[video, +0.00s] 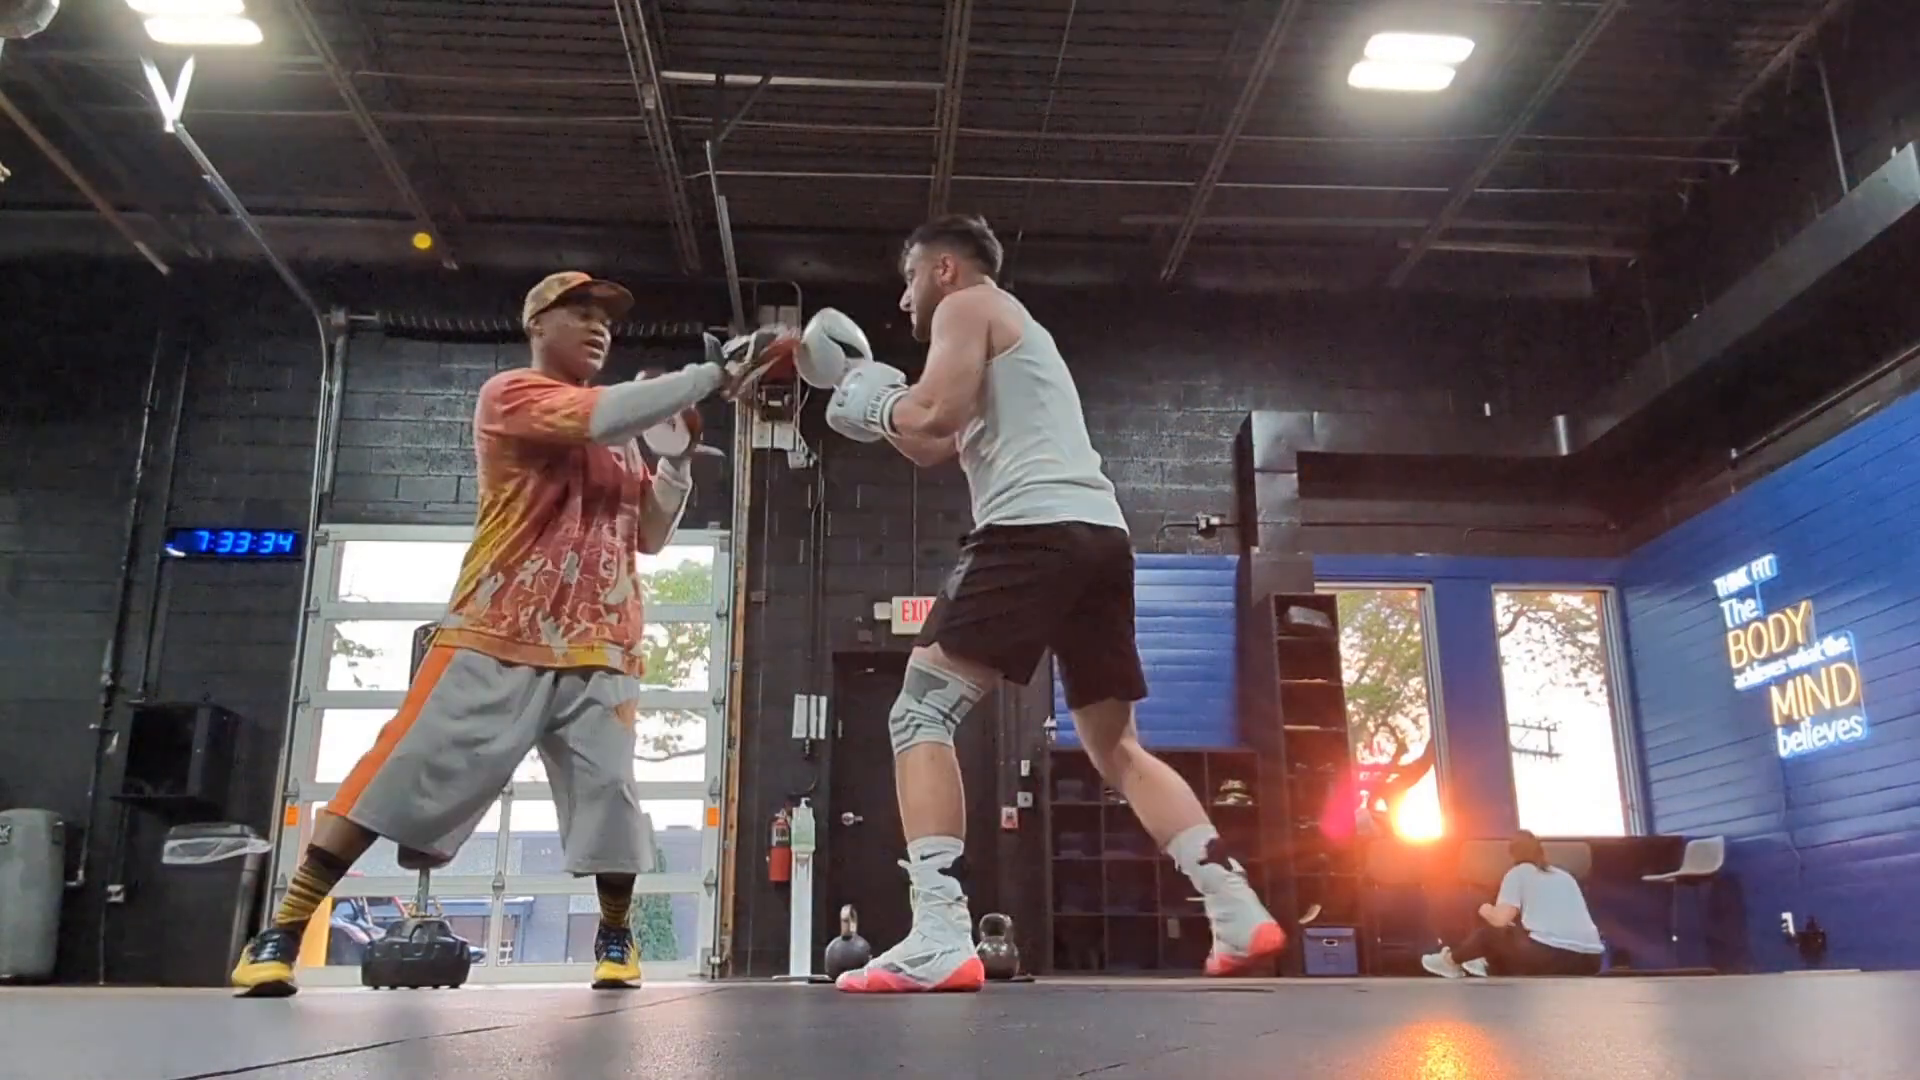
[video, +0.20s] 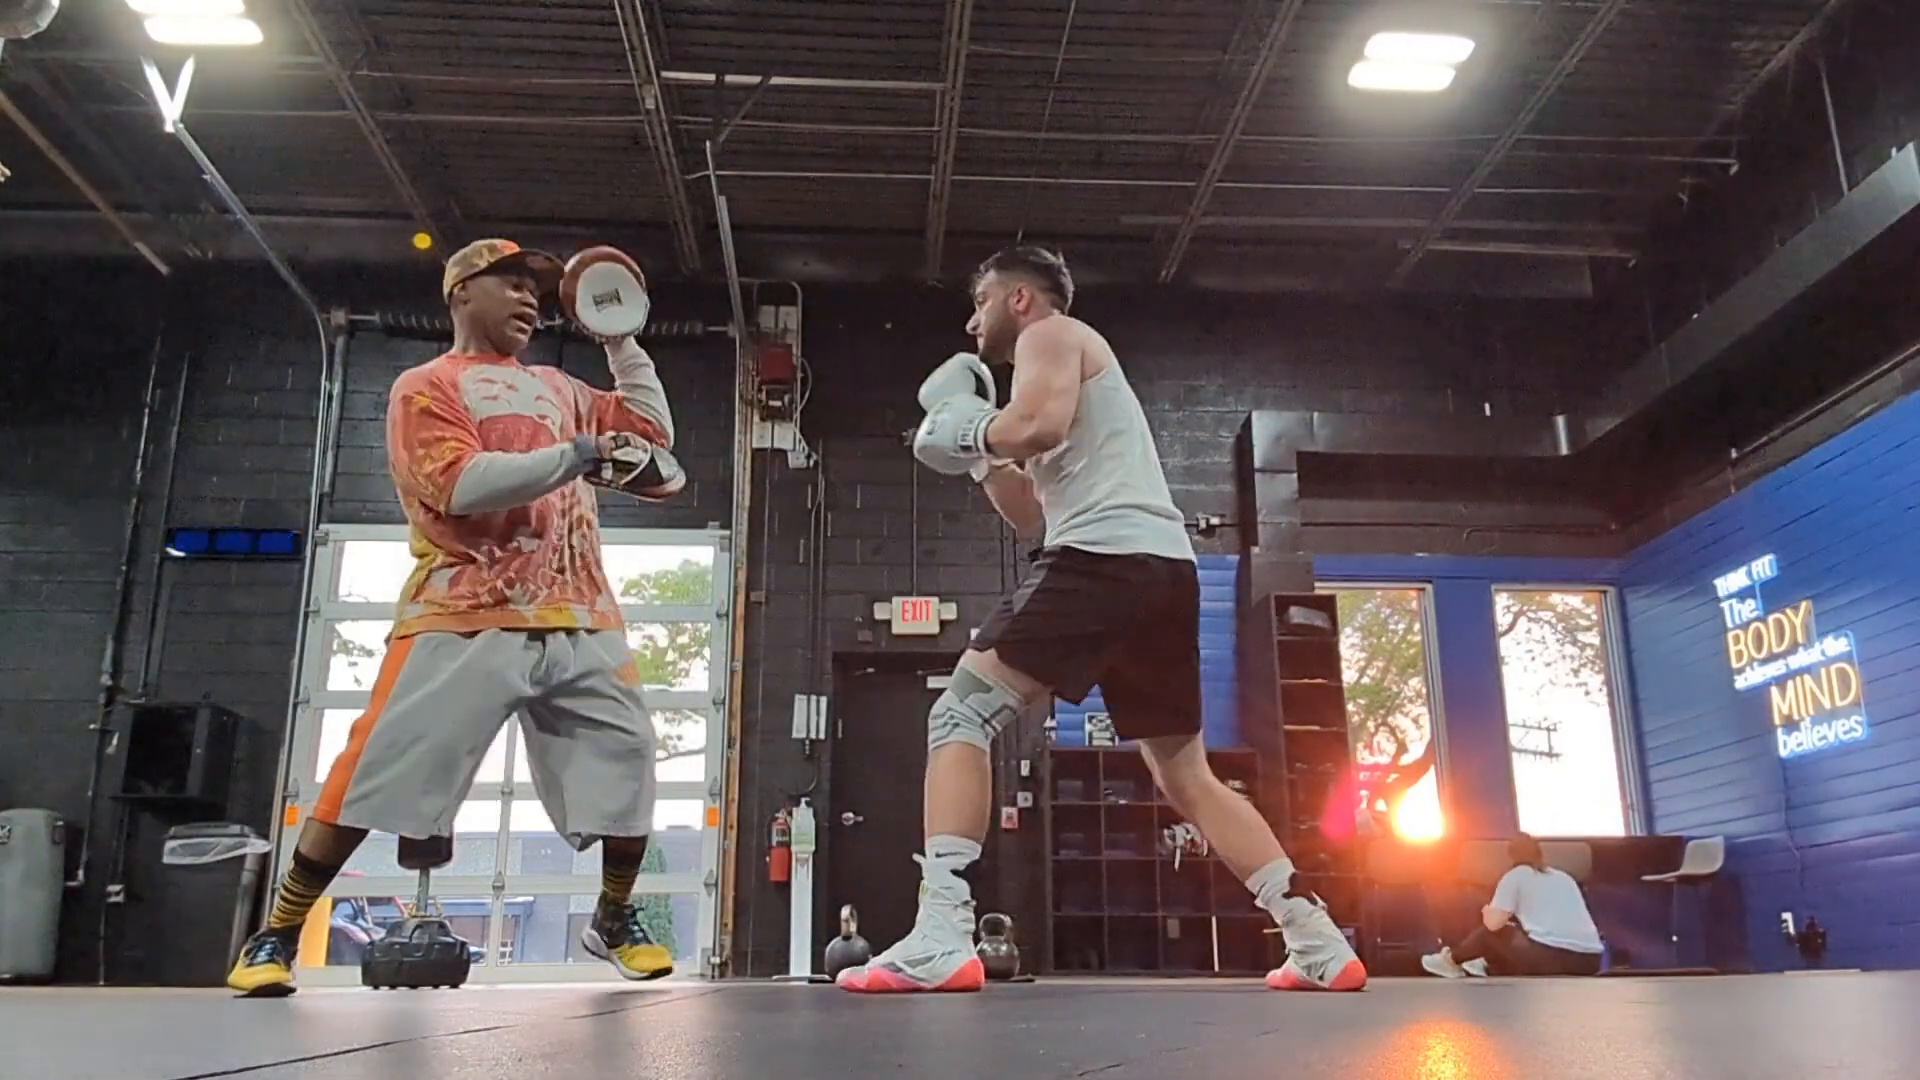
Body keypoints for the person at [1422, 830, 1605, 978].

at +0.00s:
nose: (1511, 855)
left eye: (1512, 851)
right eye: (1513, 850)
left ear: (1514, 854)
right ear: (1540, 852)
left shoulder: (1517, 874)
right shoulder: (1565, 875)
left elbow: (1502, 920)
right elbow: (1559, 918)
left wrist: (1485, 910)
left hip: (1552, 957)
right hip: (1591, 960)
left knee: (1487, 934)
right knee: (1519, 936)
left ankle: (1450, 960)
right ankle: (1483, 963)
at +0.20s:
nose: (1511, 856)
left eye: (1511, 852)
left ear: (1513, 856)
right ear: (1539, 853)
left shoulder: (1515, 877)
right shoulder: (1564, 877)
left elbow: (1493, 923)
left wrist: (1488, 910)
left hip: (1553, 959)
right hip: (1591, 961)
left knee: (1491, 933)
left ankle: (1449, 959)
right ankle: (1482, 965)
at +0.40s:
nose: (1513, 854)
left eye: (1515, 850)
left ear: (1517, 853)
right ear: (1543, 851)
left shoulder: (1517, 874)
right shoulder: (1569, 875)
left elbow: (1485, 920)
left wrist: (1508, 914)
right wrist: (1524, 917)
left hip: (1554, 959)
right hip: (1591, 961)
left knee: (1496, 932)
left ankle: (1449, 960)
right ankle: (1483, 964)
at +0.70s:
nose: (1531, 842)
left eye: (1532, 838)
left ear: (1533, 840)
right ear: (1562, 840)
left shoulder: (1529, 869)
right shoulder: (1586, 871)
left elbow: (1501, 915)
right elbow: (1585, 911)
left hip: (1556, 958)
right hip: (1593, 962)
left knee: (1497, 932)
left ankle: (1452, 959)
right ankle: (1485, 964)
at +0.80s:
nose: (1535, 840)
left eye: (1537, 835)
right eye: (1536, 835)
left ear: (1542, 837)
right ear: (1568, 837)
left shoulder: (1535, 867)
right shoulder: (1593, 871)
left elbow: (1507, 912)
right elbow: (1598, 913)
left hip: (1558, 958)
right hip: (1595, 962)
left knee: (1502, 929)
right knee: (1528, 928)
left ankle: (1454, 957)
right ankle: (1485, 963)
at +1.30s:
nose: (1553, 840)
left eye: (1555, 835)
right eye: (1554, 835)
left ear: (1560, 837)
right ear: (1588, 836)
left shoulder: (1551, 870)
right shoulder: (1608, 874)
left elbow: (1523, 919)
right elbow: (1611, 921)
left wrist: (1520, 893)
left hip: (1560, 961)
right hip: (1597, 963)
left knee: (1496, 924)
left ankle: (1456, 958)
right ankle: (1492, 958)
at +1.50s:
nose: (1556, 843)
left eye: (1557, 838)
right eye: (1556, 838)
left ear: (1563, 839)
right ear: (1588, 836)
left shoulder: (1552, 871)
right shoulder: (1612, 875)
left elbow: (1525, 918)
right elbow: (1614, 927)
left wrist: (1527, 889)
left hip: (1560, 961)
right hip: (1600, 962)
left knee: (1496, 918)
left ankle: (1462, 957)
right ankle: (1516, 955)